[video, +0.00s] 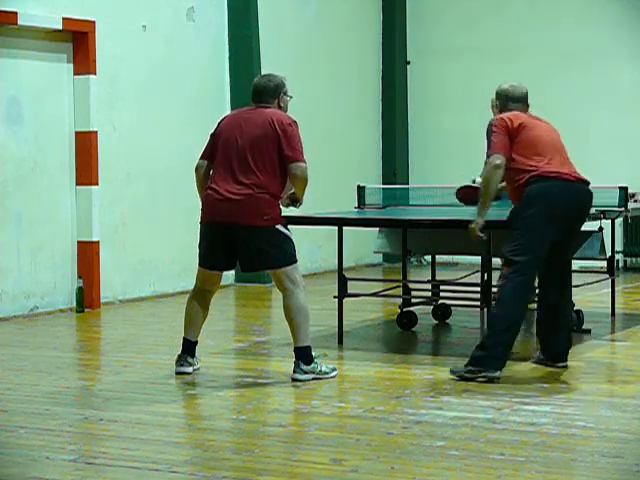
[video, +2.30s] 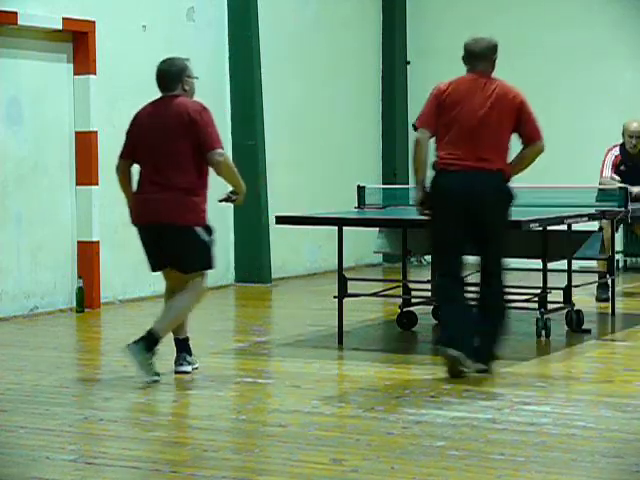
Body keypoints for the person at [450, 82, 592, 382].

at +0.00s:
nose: (492, 113)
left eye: (493, 109)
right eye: (492, 109)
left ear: (499, 106)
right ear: (526, 107)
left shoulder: (502, 121)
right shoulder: (542, 124)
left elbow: (497, 163)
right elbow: (547, 164)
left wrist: (481, 215)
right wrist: (505, 185)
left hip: (543, 193)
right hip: (578, 193)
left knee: (518, 273)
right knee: (555, 269)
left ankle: (487, 362)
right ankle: (554, 353)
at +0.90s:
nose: (517, 74)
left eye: (515, 69)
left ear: (516, 69)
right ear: (545, 67)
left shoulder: (513, 101)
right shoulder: (569, 97)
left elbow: (502, 157)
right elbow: (598, 148)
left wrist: (491, 207)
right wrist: (567, 174)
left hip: (545, 191)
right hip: (586, 191)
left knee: (531, 273)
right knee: (576, 273)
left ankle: (536, 363)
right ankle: (563, 354)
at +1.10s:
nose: (533, 67)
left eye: (531, 63)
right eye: (545, 60)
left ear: (532, 63)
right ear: (561, 61)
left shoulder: (529, 93)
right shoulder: (584, 93)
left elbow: (521, 147)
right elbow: (611, 145)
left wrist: (511, 201)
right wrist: (583, 175)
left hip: (557, 188)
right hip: (596, 188)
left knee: (544, 273)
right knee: (587, 272)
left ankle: (537, 364)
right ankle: (616, 351)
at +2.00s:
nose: (499, 80)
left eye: (498, 75)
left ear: (498, 77)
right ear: (526, 75)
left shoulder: (494, 111)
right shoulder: (552, 106)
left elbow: (482, 165)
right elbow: (578, 155)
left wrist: (472, 217)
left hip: (522, 208)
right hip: (567, 205)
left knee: (486, 279)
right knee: (591, 281)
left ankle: (485, 363)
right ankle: (636, 362)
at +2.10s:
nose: (484, 73)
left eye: (480, 68)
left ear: (479, 70)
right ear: (508, 68)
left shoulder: (469, 107)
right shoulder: (533, 101)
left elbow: (452, 159)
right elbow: (561, 148)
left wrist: (443, 212)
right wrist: (538, 180)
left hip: (496, 203)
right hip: (541, 200)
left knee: (474, 284)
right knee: (560, 275)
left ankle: (484, 364)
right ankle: (606, 346)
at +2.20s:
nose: (479, 65)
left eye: (475, 59)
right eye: (489, 60)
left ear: (469, 62)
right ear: (499, 61)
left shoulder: (452, 97)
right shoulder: (520, 95)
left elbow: (432, 146)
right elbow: (547, 141)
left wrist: (430, 195)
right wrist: (523, 171)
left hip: (472, 194)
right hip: (516, 192)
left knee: (469, 276)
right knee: (528, 268)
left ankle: (478, 359)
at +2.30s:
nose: (489, 66)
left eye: (476, 60)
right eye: (492, 60)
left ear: (465, 61)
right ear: (494, 61)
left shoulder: (444, 91)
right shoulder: (510, 96)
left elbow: (421, 139)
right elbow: (535, 145)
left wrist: (420, 187)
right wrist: (506, 171)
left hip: (448, 187)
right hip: (491, 188)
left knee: (447, 269)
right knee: (491, 270)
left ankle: (456, 343)